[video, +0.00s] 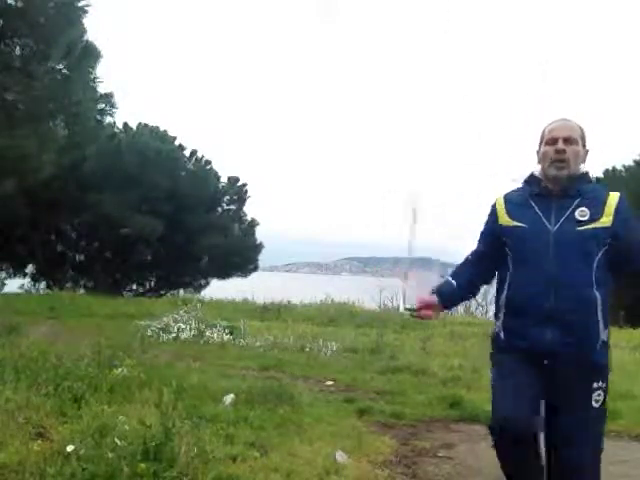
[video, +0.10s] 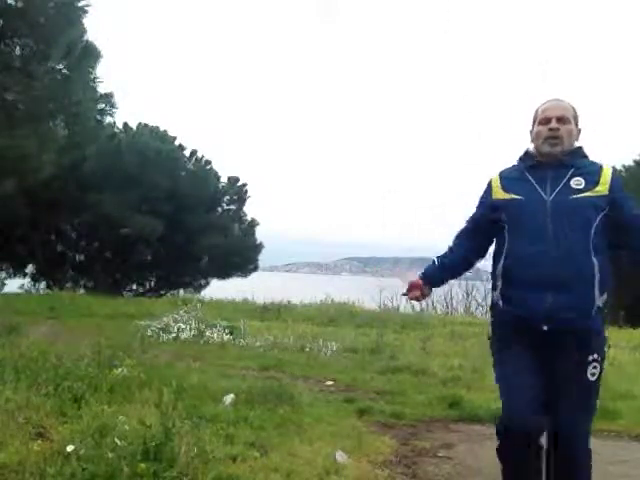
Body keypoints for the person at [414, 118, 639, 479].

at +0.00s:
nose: (559, 148)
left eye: (569, 142)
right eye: (551, 142)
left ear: (584, 154)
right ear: (539, 153)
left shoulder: (611, 206)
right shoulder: (508, 206)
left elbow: (630, 268)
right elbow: (481, 263)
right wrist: (441, 297)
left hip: (581, 353)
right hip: (516, 349)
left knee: (577, 456)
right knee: (510, 429)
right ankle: (527, 476)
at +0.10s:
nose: (552, 127)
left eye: (562, 121)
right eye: (545, 121)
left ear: (577, 131)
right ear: (532, 132)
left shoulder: (604, 181)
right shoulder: (503, 184)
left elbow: (631, 240)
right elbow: (469, 244)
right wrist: (429, 279)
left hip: (579, 330)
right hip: (515, 327)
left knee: (572, 437)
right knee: (520, 425)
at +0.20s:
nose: (544, 135)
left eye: (553, 129)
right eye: (536, 130)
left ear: (569, 139)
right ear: (524, 140)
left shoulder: (599, 188)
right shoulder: (497, 192)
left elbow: (632, 243)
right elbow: (461, 249)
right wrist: (416, 271)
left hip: (577, 334)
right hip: (513, 334)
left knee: (571, 437)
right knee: (521, 435)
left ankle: (565, 471)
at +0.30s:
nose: (538, 159)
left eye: (547, 152)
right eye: (530, 152)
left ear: (562, 164)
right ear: (517, 163)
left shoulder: (592, 212)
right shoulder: (490, 217)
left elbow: (627, 271)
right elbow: (462, 269)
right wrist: (423, 286)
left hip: (575, 356)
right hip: (511, 358)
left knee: (573, 441)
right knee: (516, 456)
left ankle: (568, 473)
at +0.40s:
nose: (542, 137)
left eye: (552, 131)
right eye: (534, 131)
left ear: (566, 142)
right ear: (522, 142)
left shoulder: (593, 195)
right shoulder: (492, 198)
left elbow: (625, 258)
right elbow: (461, 257)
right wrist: (419, 291)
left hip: (575, 342)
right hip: (510, 342)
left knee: (572, 437)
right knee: (515, 452)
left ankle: (569, 474)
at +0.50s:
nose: (548, 127)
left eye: (557, 120)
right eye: (540, 120)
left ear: (572, 130)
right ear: (528, 131)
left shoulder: (595, 184)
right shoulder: (497, 184)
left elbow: (627, 249)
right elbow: (460, 239)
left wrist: (630, 304)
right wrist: (415, 271)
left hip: (575, 328)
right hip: (512, 328)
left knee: (568, 428)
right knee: (519, 430)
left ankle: (565, 476)